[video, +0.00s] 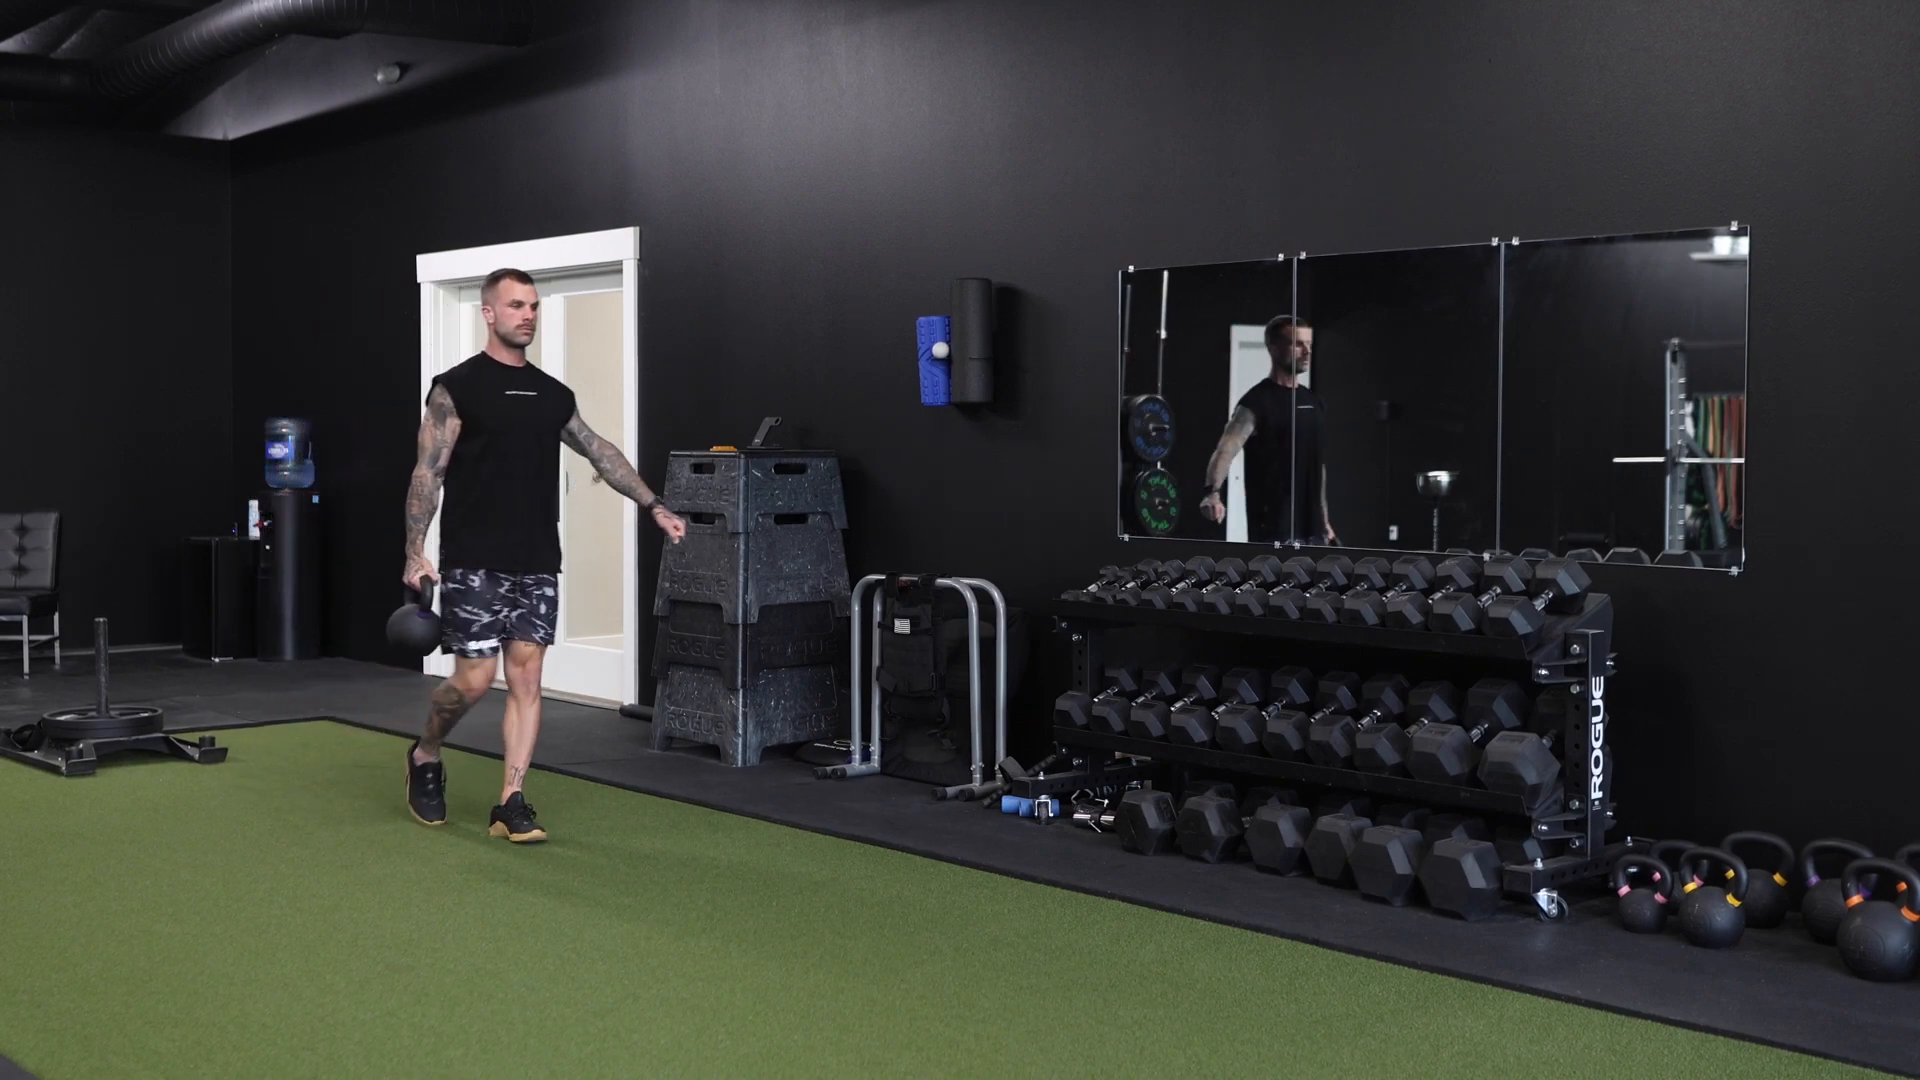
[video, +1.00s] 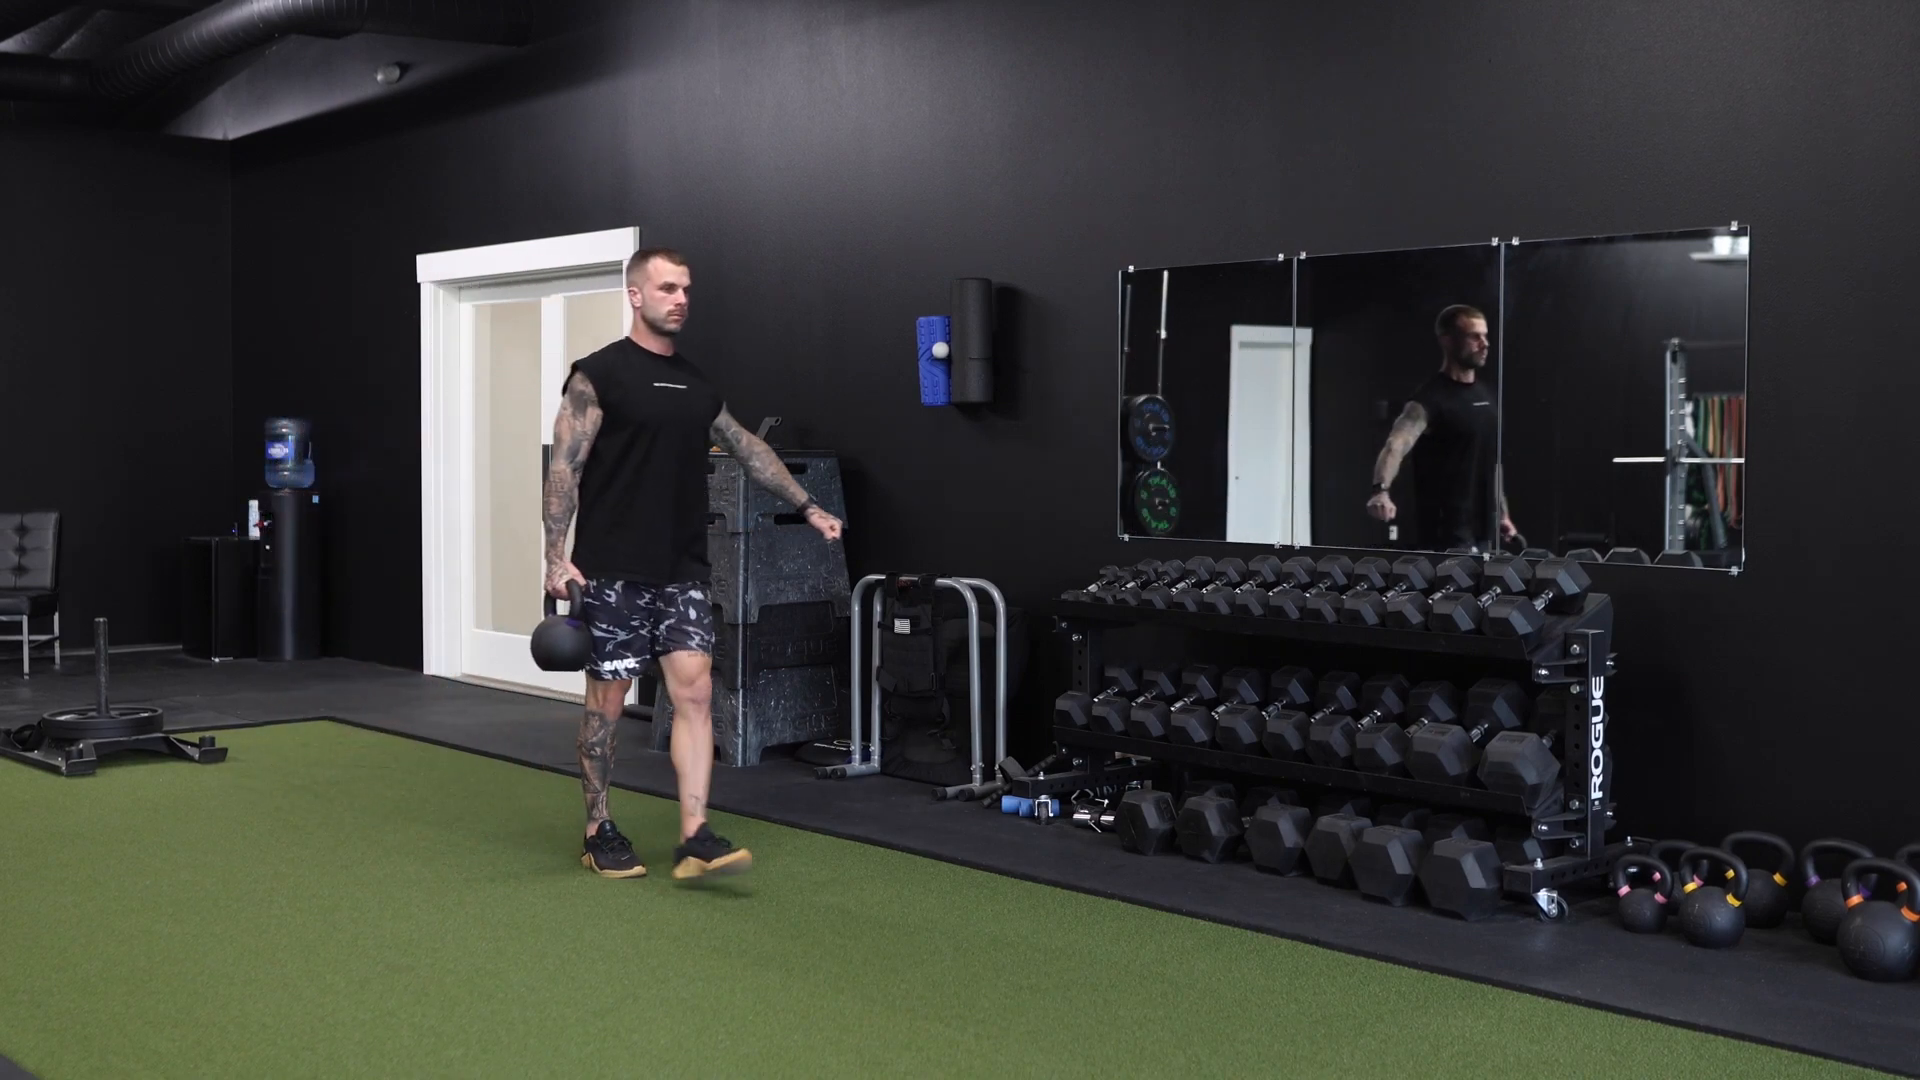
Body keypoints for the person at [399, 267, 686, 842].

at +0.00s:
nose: (528, 315)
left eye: (533, 307)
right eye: (516, 306)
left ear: (538, 315)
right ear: (488, 312)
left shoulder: (553, 393)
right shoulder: (454, 387)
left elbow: (601, 452)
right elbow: (427, 472)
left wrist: (653, 504)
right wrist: (415, 551)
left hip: (537, 560)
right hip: (471, 559)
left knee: (526, 676)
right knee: (475, 680)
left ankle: (511, 800)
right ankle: (424, 755)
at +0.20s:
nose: (558, 311)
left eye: (563, 303)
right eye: (546, 302)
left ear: (569, 311)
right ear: (517, 307)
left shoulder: (583, 391)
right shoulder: (483, 384)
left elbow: (632, 448)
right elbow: (455, 471)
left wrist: (688, 502)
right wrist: (443, 551)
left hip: (562, 555)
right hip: (500, 550)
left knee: (542, 679)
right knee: (538, 656)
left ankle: (515, 798)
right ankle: (491, 761)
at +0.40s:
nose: (588, 310)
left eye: (592, 302)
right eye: (576, 301)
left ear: (597, 310)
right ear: (545, 308)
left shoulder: (609, 391)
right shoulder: (510, 385)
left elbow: (657, 448)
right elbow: (482, 474)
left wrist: (716, 505)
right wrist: (472, 556)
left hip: (584, 561)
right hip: (523, 557)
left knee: (550, 682)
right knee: (555, 674)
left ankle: (510, 801)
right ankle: (575, 810)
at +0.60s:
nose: (616, 307)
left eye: (620, 299)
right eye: (604, 297)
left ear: (623, 306)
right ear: (573, 302)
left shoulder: (636, 386)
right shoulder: (538, 383)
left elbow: (685, 445)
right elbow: (510, 475)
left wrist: (745, 501)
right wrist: (502, 558)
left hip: (620, 563)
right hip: (557, 562)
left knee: (601, 692)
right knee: (581, 689)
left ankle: (532, 783)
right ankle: (595, 826)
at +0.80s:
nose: (647, 301)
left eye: (652, 292)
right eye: (634, 290)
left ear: (655, 300)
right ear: (602, 296)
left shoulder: (663, 380)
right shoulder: (566, 375)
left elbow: (712, 443)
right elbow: (535, 470)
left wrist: (775, 501)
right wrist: (528, 556)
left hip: (654, 564)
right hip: (585, 565)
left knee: (678, 676)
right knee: (595, 695)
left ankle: (610, 774)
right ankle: (597, 826)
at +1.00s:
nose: (680, 300)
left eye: (685, 291)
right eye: (667, 289)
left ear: (689, 299)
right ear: (634, 295)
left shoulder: (694, 383)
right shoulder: (596, 375)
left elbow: (746, 446)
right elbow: (563, 468)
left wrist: (808, 506)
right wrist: (557, 555)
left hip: (683, 569)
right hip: (611, 568)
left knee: (695, 692)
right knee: (607, 702)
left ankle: (695, 837)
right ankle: (599, 830)